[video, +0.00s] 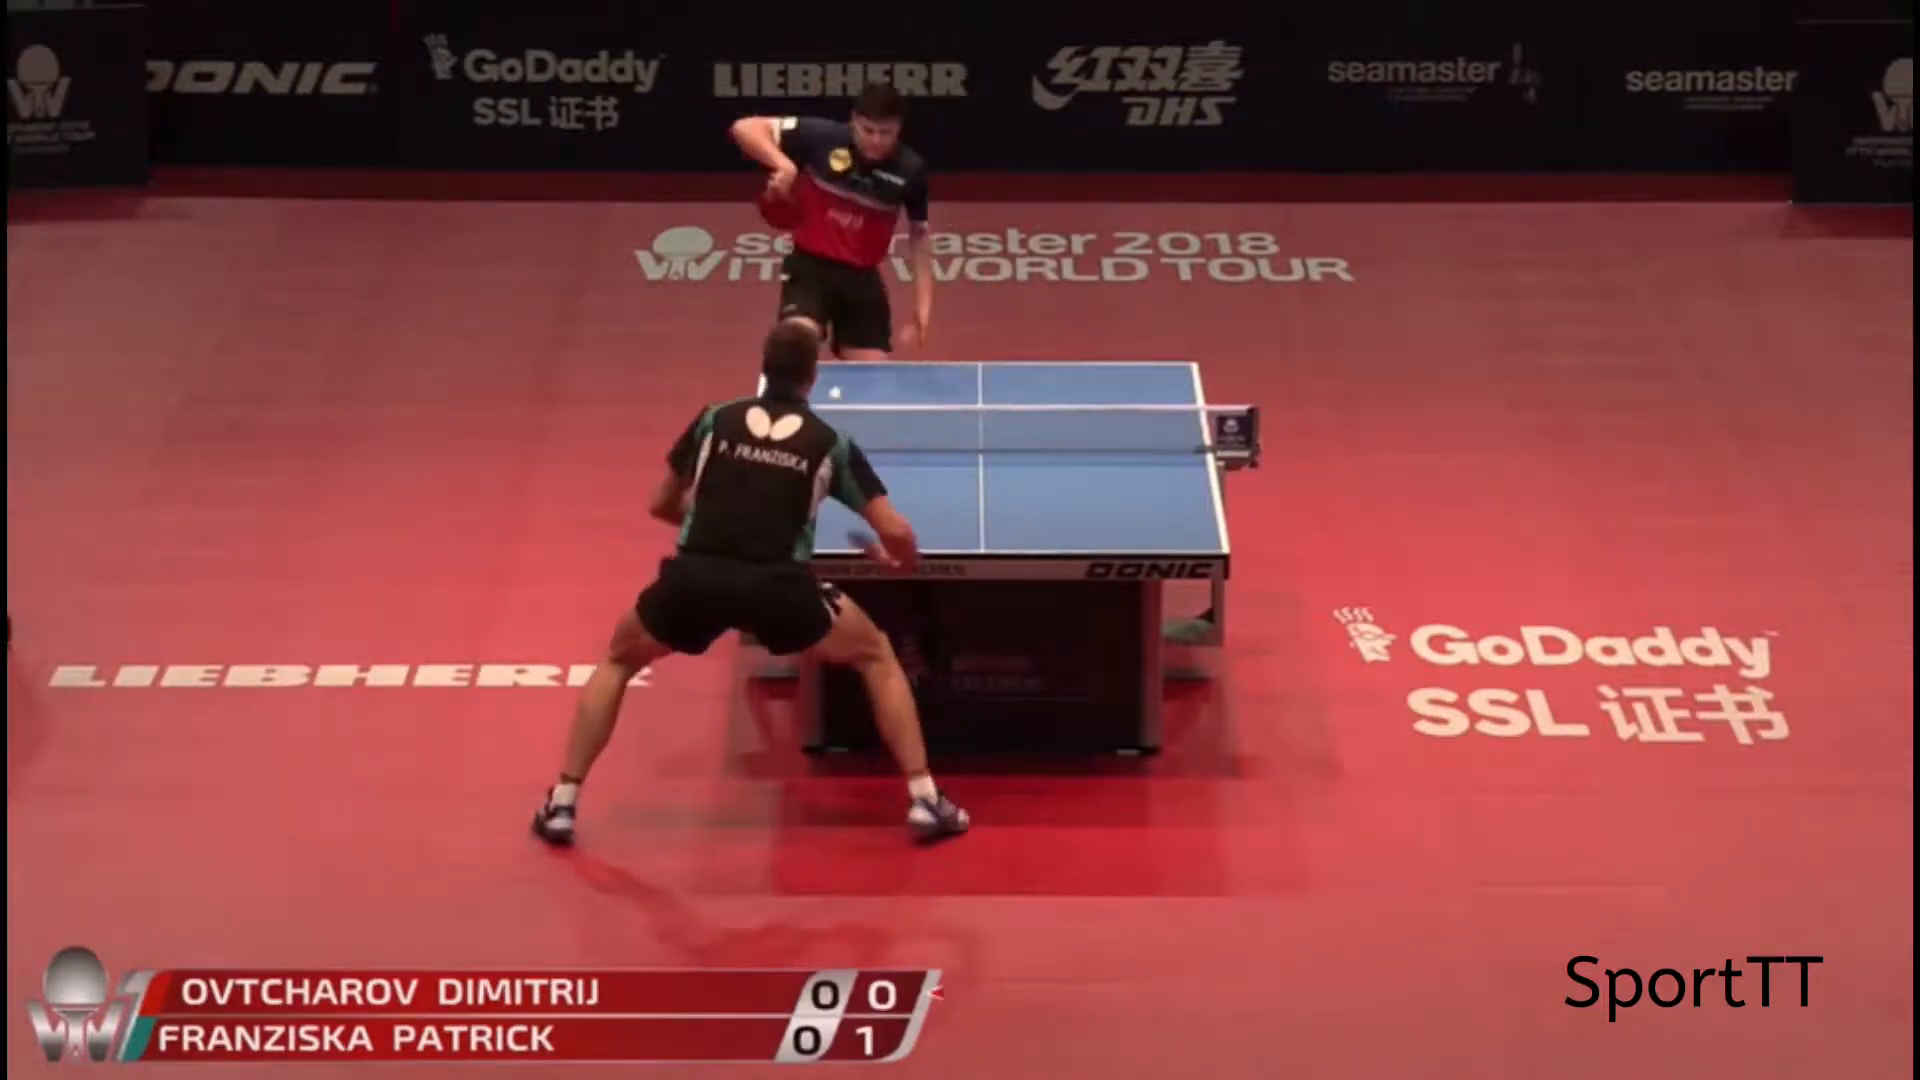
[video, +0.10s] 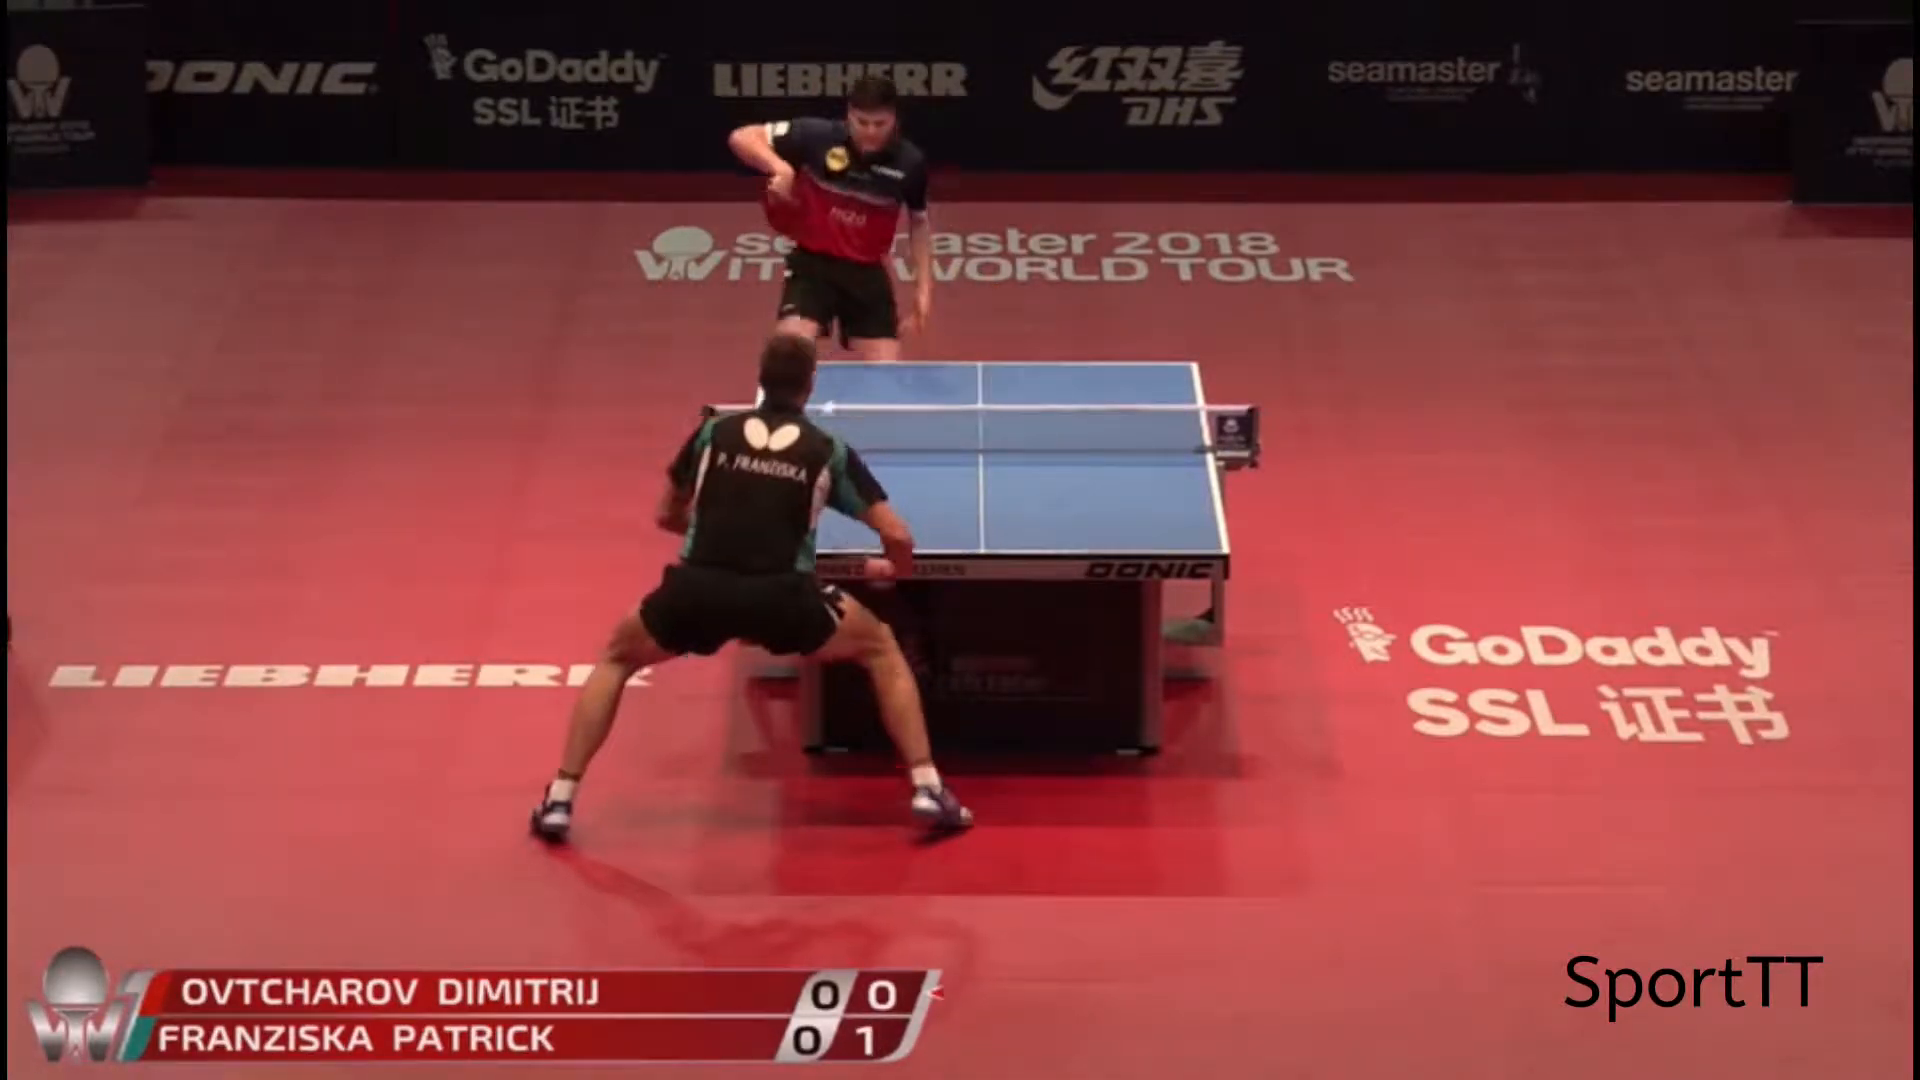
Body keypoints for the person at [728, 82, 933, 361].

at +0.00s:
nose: (875, 141)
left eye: (885, 133)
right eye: (868, 131)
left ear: (899, 130)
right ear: (853, 122)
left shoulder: (910, 171)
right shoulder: (822, 138)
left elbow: (919, 239)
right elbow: (745, 128)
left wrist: (922, 314)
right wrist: (784, 165)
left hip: (863, 280)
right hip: (809, 270)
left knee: (873, 376)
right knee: (795, 356)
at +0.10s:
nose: (869, 132)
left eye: (879, 124)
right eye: (861, 122)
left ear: (894, 122)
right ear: (849, 116)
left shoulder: (909, 164)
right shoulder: (816, 137)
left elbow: (919, 224)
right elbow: (742, 137)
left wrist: (923, 289)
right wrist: (779, 168)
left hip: (868, 276)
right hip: (812, 267)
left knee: (885, 376)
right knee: (790, 358)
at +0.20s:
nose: (861, 143)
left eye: (871, 134)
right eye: (853, 134)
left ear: (885, 133)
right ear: (841, 132)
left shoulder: (907, 177)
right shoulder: (812, 166)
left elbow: (918, 229)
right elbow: (760, 196)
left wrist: (926, 280)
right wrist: (778, 218)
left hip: (875, 294)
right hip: (813, 292)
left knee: (930, 368)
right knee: (780, 376)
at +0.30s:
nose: (864, 152)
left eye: (873, 142)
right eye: (856, 142)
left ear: (888, 141)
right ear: (843, 141)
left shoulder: (909, 185)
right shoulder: (817, 178)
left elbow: (923, 233)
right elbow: (770, 212)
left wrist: (930, 276)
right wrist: (783, 230)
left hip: (879, 302)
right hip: (816, 300)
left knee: (932, 371)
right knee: (782, 378)